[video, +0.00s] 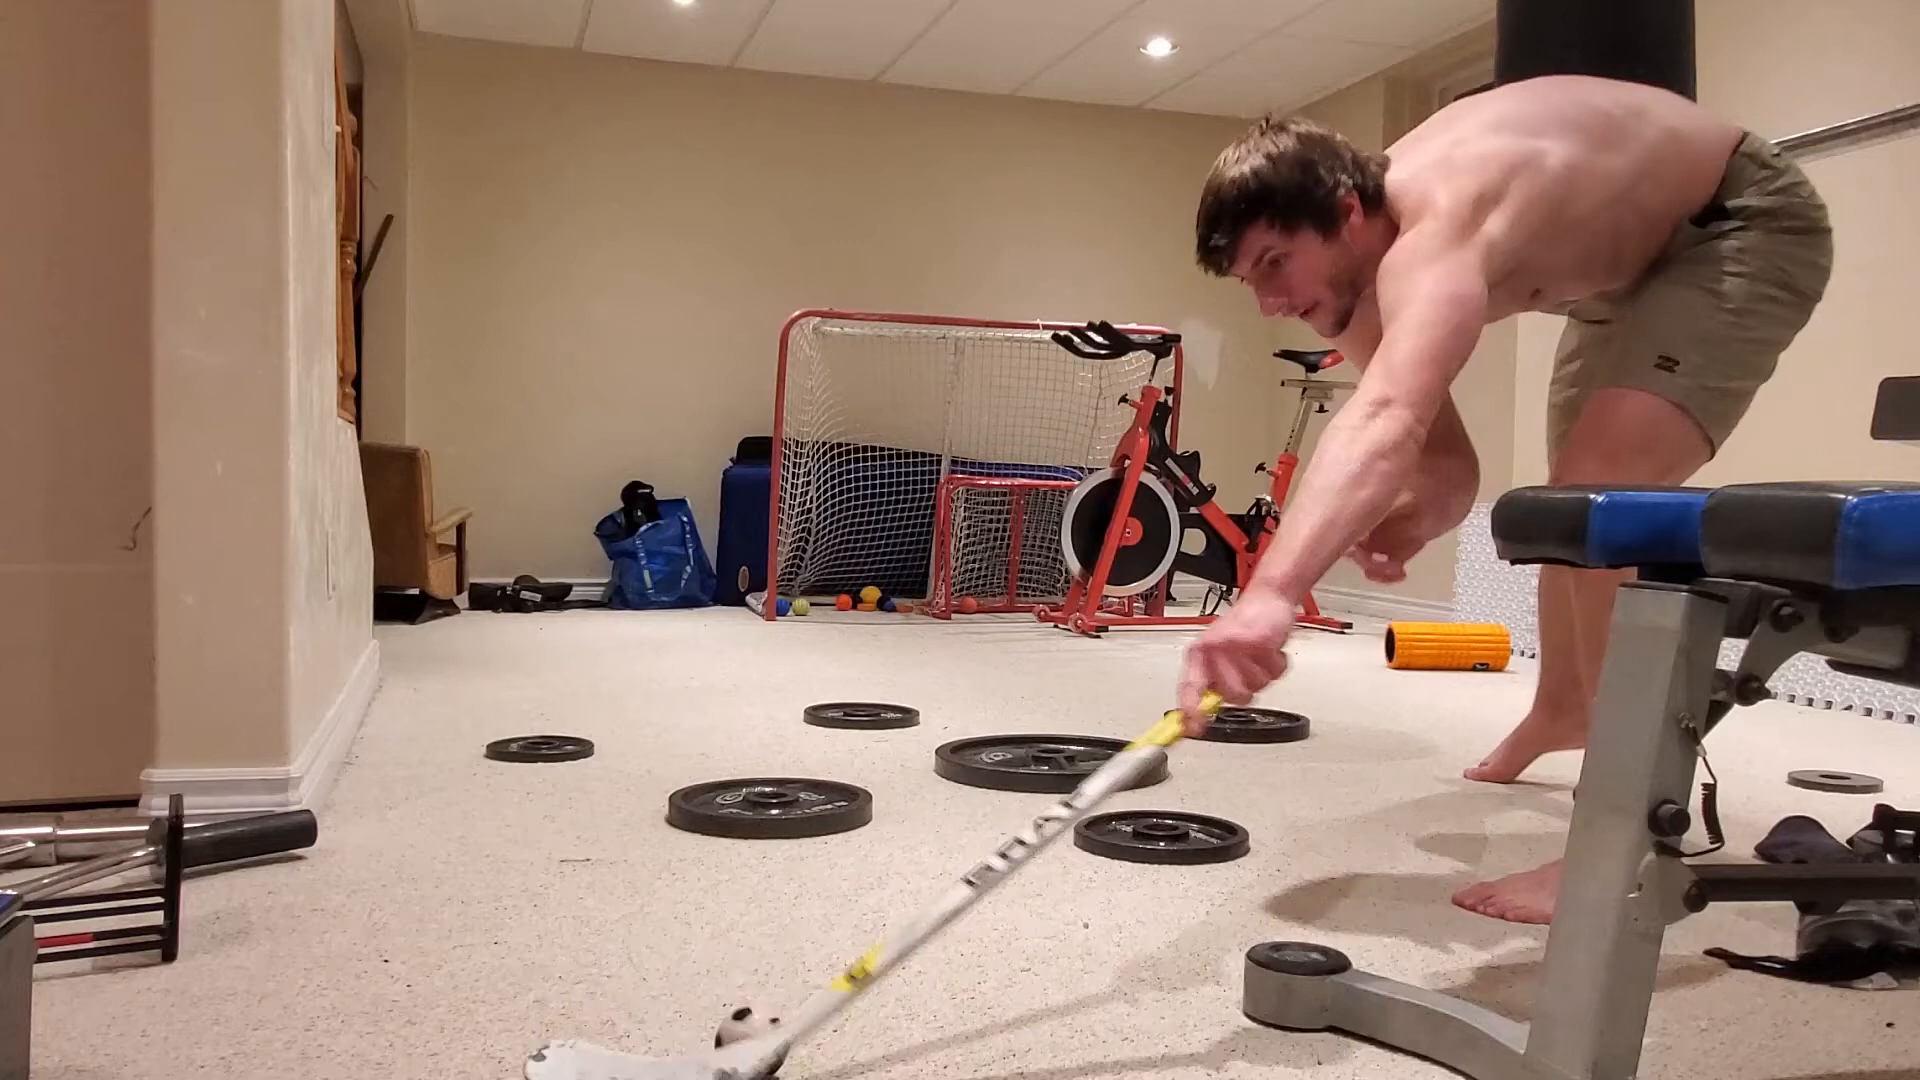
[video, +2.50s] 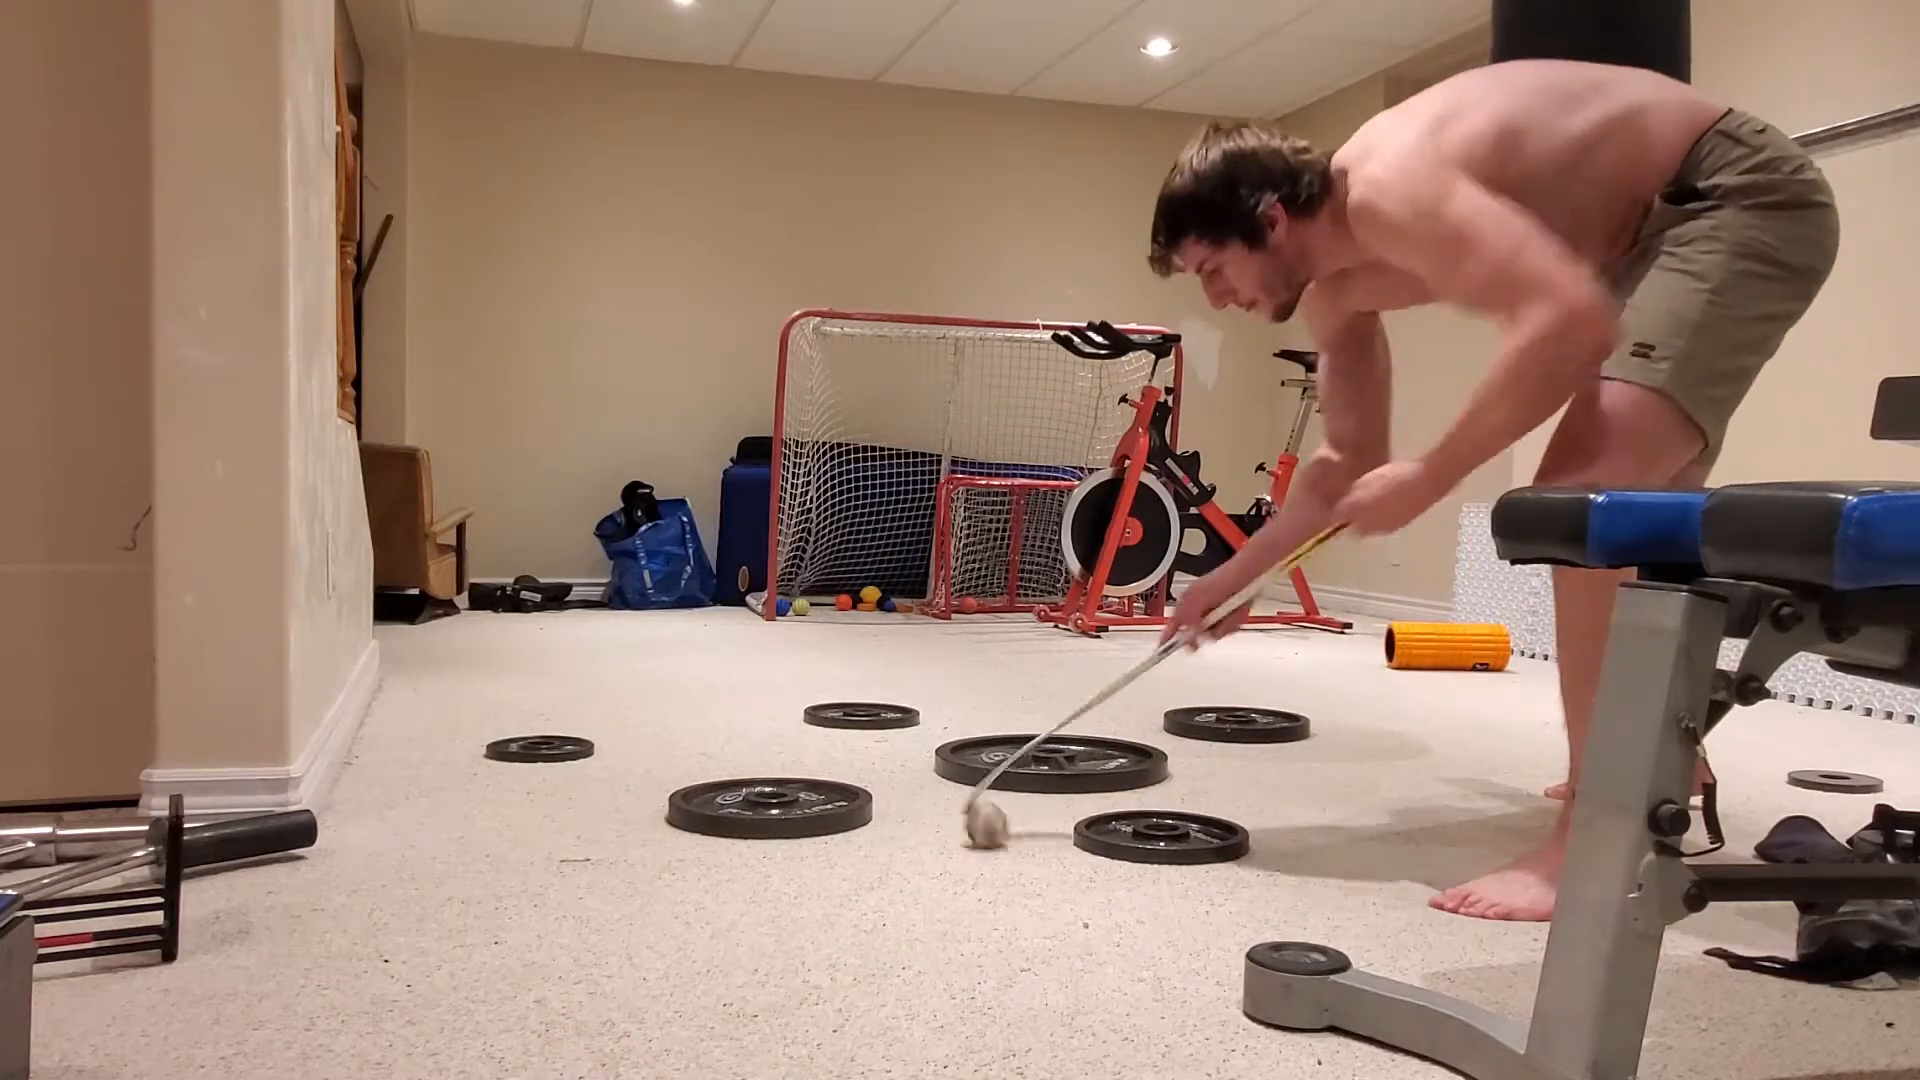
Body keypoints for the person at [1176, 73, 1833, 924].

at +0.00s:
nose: (1270, 303)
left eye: (1275, 264)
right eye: (1252, 284)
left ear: (1350, 214)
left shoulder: (1436, 246)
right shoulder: (1356, 289)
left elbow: (1388, 422)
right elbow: (1447, 460)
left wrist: (1270, 594)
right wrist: (1410, 522)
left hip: (1738, 217)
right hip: (1616, 270)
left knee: (1604, 486)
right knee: (1564, 494)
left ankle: (1620, 840)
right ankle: (1564, 710)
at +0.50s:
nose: (1268, 255)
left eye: (1266, 220)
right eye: (1249, 239)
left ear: (1327, 153)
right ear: (1328, 162)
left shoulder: (1485, 135)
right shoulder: (1375, 240)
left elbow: (1667, 306)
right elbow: (1434, 415)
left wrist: (1486, 466)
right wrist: (1359, 561)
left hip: (1775, 167)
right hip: (1666, 210)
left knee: (1638, 504)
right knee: (1610, 495)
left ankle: (1626, 845)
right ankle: (1643, 752)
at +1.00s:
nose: (1280, 265)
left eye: (1272, 232)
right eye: (1262, 253)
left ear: (1324, 170)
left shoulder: (1454, 133)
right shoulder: (1404, 265)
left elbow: (1715, 108)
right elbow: (1553, 393)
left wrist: (1676, 329)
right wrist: (1550, 526)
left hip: (1784, 183)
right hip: (1688, 245)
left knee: (1690, 481)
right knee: (1656, 480)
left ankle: (1646, 835)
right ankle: (1666, 768)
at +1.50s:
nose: (1345, 380)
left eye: (1326, 361)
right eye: (1326, 372)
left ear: (1345, 311)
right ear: (1353, 312)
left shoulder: (1419, 257)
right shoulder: (1482, 345)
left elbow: (1544, 359)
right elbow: (1528, 490)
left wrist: (1515, 534)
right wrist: (1441, 616)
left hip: (1777, 219)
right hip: (1749, 236)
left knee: (1635, 521)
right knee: (1642, 515)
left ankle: (1632, 841)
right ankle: (1677, 771)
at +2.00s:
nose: (1309, 355)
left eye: (1295, 333)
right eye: (1293, 345)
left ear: (1322, 280)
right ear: (1331, 276)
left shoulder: (1399, 240)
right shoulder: (1428, 251)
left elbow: (1527, 354)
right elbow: (1520, 456)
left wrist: (1504, 560)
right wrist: (1487, 603)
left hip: (1753, 228)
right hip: (1727, 242)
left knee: (1588, 510)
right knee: (1627, 516)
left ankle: (1596, 834)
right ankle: (1672, 766)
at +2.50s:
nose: (1217, 300)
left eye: (1213, 270)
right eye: (1201, 284)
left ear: (1268, 219)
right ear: (1266, 226)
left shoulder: (1394, 193)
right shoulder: (1338, 290)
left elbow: (1575, 321)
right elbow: (1345, 463)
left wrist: (1429, 476)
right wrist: (1233, 577)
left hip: (1740, 193)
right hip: (1657, 238)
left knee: (1578, 496)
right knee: (1628, 508)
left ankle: (1595, 835)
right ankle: (1670, 760)